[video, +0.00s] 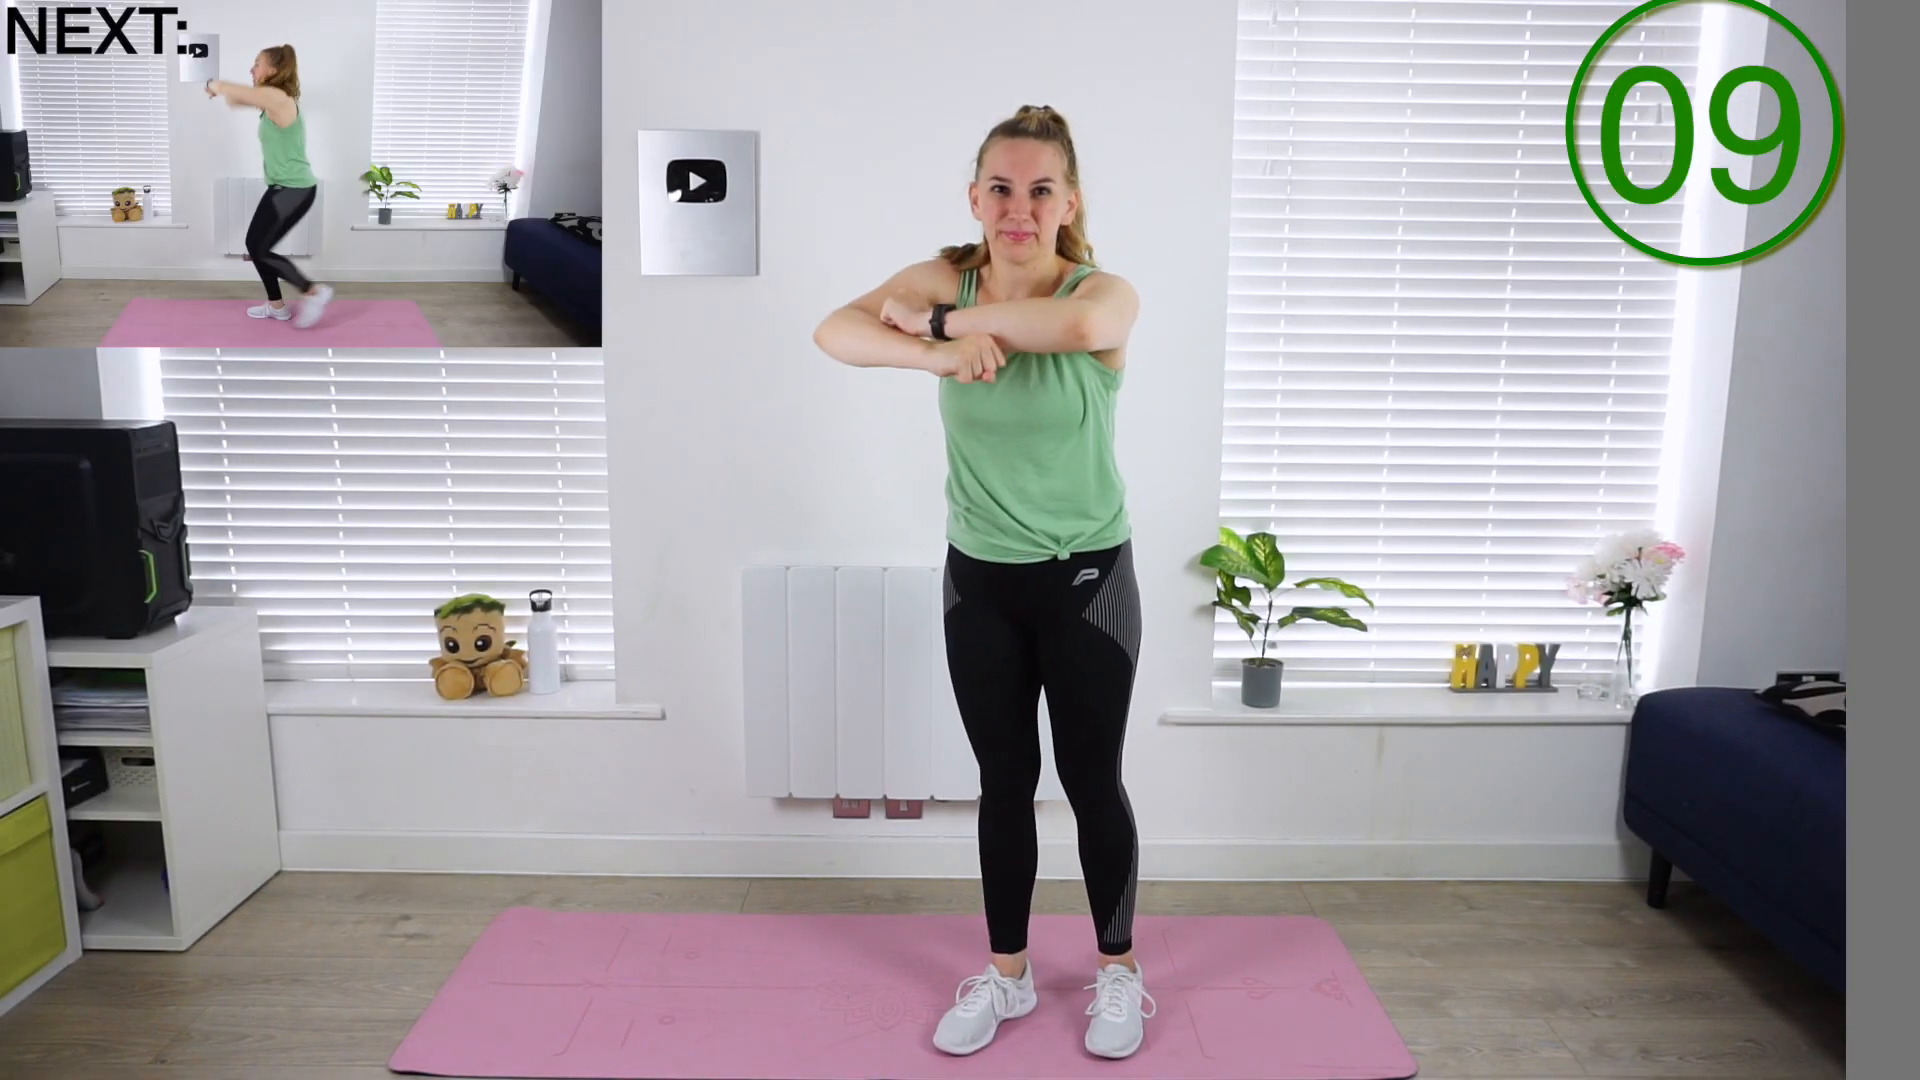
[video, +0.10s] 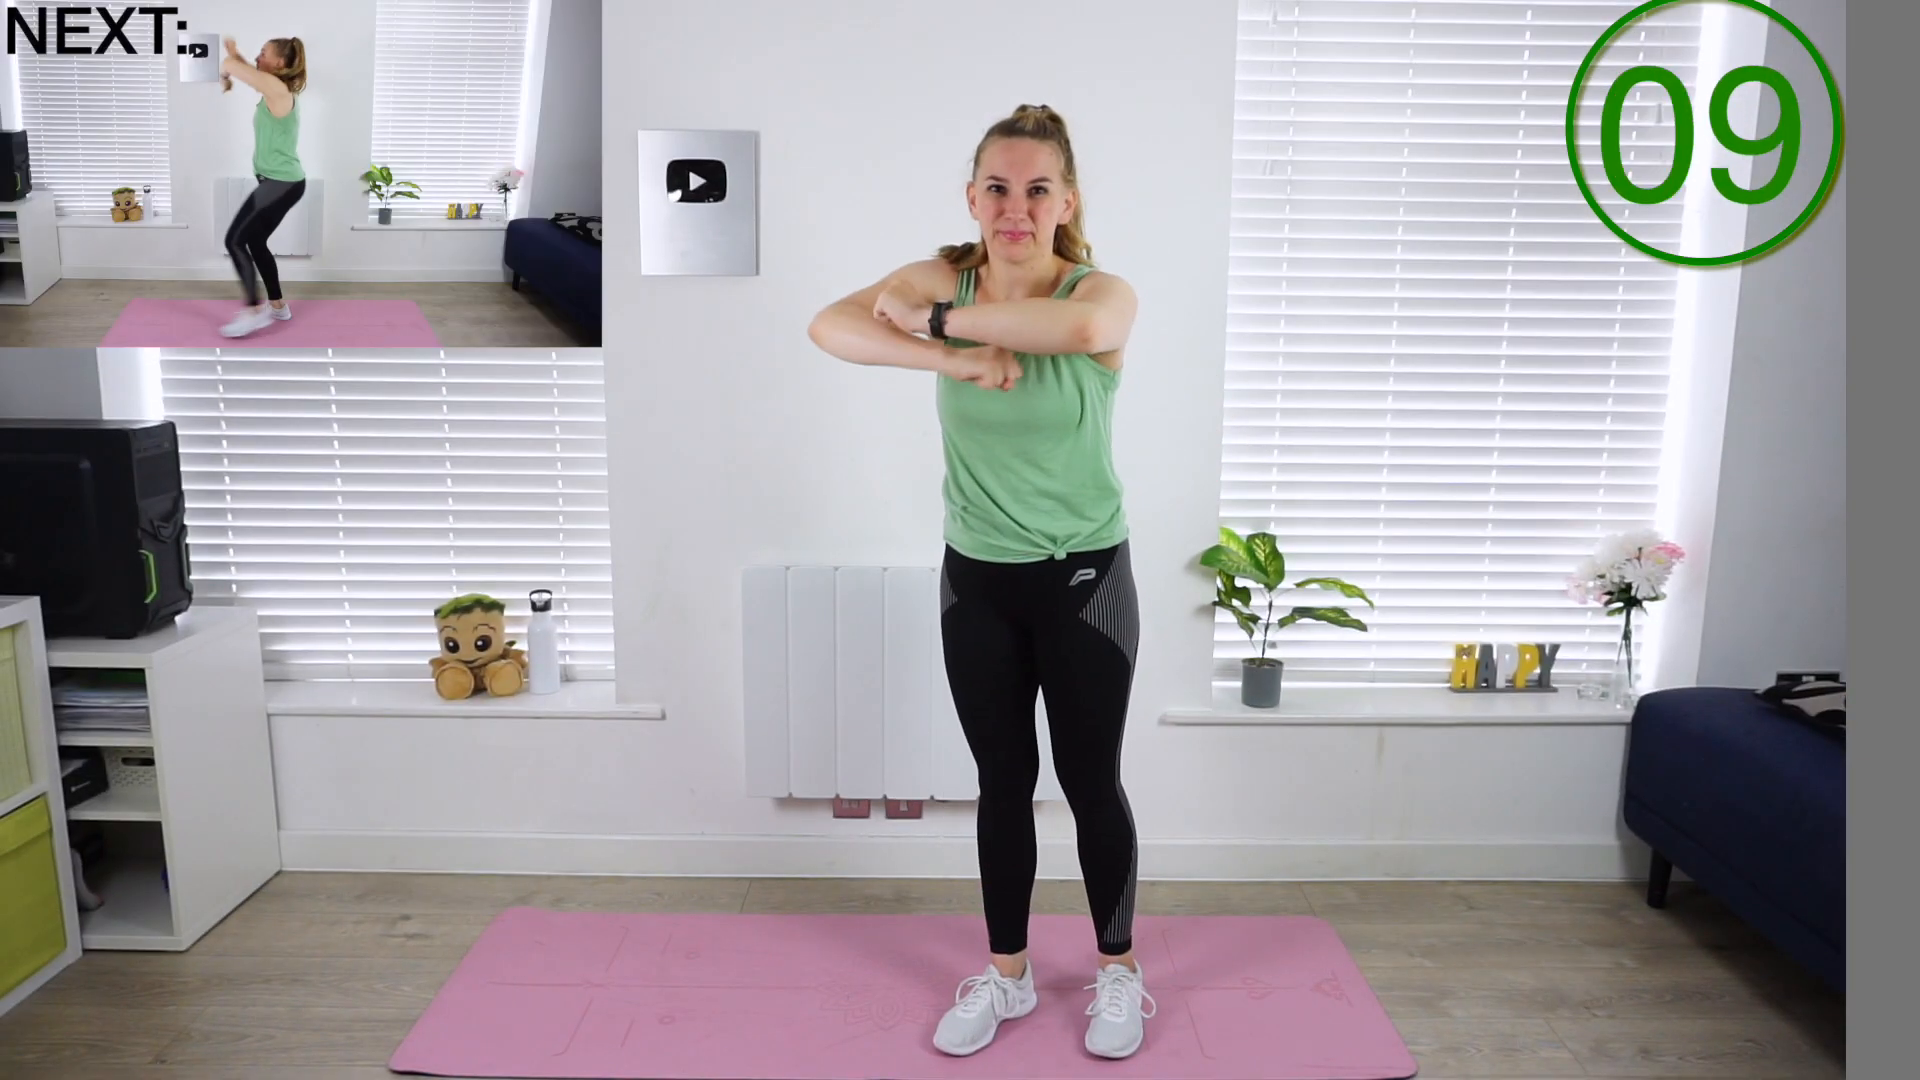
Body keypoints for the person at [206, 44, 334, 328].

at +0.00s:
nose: (252, 69)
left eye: (257, 65)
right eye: (254, 64)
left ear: (273, 69)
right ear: (273, 70)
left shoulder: (279, 98)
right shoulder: (271, 98)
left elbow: (225, 89)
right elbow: (238, 103)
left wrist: (217, 86)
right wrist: (224, 91)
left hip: (296, 188)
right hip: (281, 186)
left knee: (260, 248)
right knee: (255, 244)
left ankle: (315, 292)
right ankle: (277, 305)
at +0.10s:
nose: (259, 58)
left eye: (264, 55)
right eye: (261, 54)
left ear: (280, 63)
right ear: (280, 64)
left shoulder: (276, 88)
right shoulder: (279, 88)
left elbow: (231, 66)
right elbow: (253, 71)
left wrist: (227, 70)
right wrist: (237, 56)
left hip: (280, 182)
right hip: (281, 181)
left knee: (234, 241)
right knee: (256, 241)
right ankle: (278, 306)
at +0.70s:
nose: (253, 71)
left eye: (257, 65)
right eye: (253, 65)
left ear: (277, 67)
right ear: (275, 69)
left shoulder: (279, 94)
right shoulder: (275, 93)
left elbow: (230, 86)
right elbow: (246, 96)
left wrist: (228, 89)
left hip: (274, 186)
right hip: (269, 182)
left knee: (233, 243)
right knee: (256, 242)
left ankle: (224, 319)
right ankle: (277, 304)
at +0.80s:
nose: (244, 80)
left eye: (248, 74)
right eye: (244, 74)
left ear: (265, 72)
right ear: (266, 74)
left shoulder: (278, 99)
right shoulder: (270, 98)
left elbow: (228, 116)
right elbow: (234, 121)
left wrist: (219, 110)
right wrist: (233, 137)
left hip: (290, 187)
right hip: (279, 184)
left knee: (249, 243)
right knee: (259, 242)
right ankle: (275, 302)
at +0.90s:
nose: (238, 83)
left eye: (241, 76)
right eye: (238, 77)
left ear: (258, 75)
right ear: (259, 76)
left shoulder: (273, 101)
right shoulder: (269, 101)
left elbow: (235, 136)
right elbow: (256, 133)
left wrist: (221, 145)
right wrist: (244, 136)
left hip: (302, 186)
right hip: (282, 184)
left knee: (278, 249)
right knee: (266, 240)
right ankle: (278, 303)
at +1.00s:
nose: (236, 83)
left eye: (239, 76)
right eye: (236, 77)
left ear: (255, 76)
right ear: (256, 77)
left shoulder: (276, 101)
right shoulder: (261, 102)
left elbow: (243, 145)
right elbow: (248, 133)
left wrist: (242, 155)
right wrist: (235, 144)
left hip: (311, 184)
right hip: (286, 184)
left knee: (312, 251)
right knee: (269, 236)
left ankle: (357, 290)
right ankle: (279, 302)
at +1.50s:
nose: (249, 78)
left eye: (253, 73)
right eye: (250, 72)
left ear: (271, 76)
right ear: (271, 77)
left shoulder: (281, 100)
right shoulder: (273, 102)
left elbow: (233, 117)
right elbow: (238, 120)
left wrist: (233, 129)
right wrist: (225, 109)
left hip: (299, 192)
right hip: (279, 189)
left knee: (290, 259)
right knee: (255, 239)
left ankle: (347, 285)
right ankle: (277, 302)